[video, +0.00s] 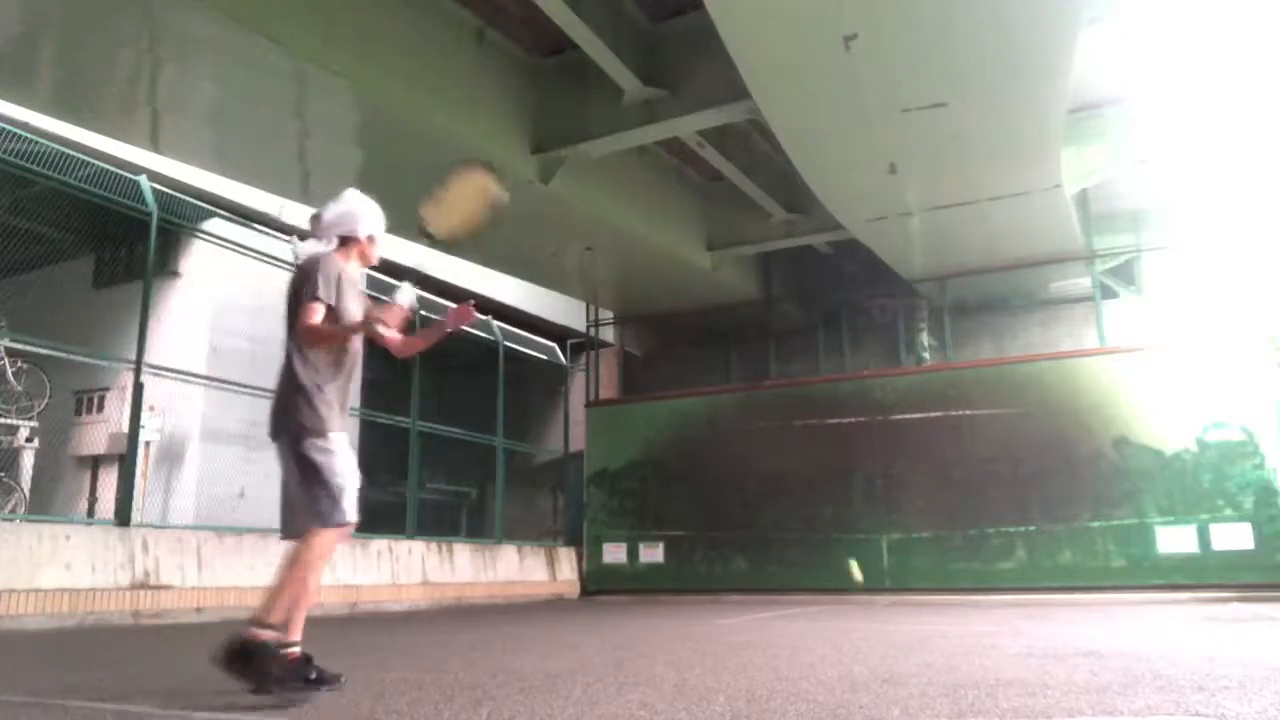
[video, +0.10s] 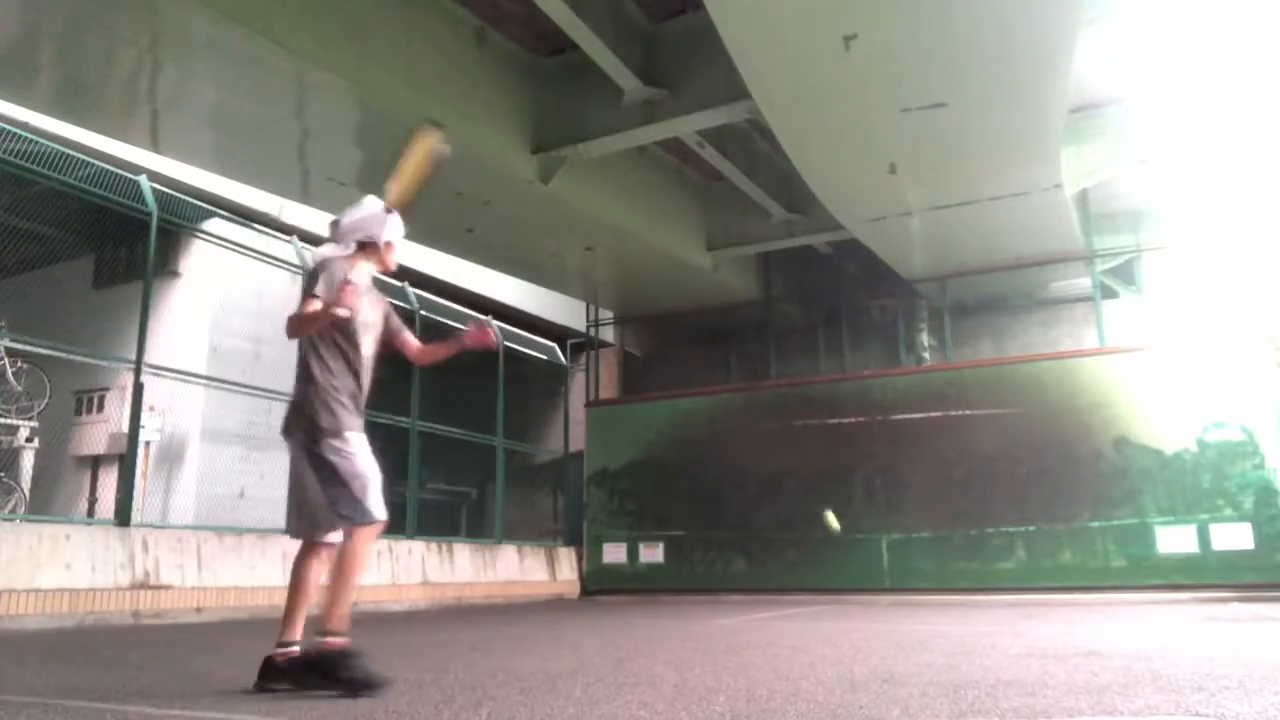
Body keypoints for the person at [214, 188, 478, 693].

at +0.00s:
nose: (379, 249)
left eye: (379, 240)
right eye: (376, 239)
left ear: (350, 238)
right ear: (358, 237)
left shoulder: (353, 287)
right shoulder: (322, 265)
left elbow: (401, 348)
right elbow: (308, 331)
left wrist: (445, 325)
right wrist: (366, 326)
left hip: (329, 422)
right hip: (308, 419)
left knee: (327, 528)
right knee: (333, 521)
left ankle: (283, 646)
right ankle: (266, 638)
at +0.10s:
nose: (399, 250)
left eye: (398, 241)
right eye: (394, 240)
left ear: (371, 244)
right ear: (374, 241)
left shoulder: (376, 299)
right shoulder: (333, 268)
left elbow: (417, 352)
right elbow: (295, 327)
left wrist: (461, 339)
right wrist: (333, 310)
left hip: (332, 421)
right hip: (326, 420)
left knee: (321, 537)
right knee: (368, 518)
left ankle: (286, 649)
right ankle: (332, 638)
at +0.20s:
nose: (417, 260)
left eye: (417, 251)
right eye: (413, 251)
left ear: (389, 252)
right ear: (394, 250)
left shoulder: (397, 311)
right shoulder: (349, 278)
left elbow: (434, 368)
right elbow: (301, 322)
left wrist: (483, 374)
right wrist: (303, 304)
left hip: (352, 426)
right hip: (341, 424)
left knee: (326, 539)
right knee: (385, 524)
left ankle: (286, 652)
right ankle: (395, 649)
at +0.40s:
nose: (457, 279)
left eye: (456, 270)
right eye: (452, 271)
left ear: (431, 271)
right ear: (432, 271)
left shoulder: (424, 321)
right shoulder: (392, 300)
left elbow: (436, 390)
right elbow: (353, 329)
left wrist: (476, 439)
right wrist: (316, 355)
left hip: (368, 435)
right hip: (382, 435)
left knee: (349, 543)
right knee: (425, 534)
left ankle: (291, 647)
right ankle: (422, 652)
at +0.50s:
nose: (469, 290)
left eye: (470, 281)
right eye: (467, 281)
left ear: (434, 278)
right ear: (447, 279)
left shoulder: (405, 313)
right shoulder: (423, 317)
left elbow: (416, 386)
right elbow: (398, 379)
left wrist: (451, 429)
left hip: (357, 435)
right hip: (391, 436)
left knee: (367, 543)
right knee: (426, 536)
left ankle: (311, 643)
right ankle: (421, 652)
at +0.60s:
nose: (470, 294)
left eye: (471, 285)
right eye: (468, 284)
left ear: (429, 278)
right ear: (447, 280)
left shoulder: (386, 311)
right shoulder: (437, 317)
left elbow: (400, 375)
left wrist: (449, 403)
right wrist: (517, 447)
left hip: (352, 433)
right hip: (396, 433)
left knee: (368, 540)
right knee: (422, 537)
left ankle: (339, 646)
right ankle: (420, 652)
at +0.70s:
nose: (465, 293)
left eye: (467, 284)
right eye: (463, 283)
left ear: (424, 277)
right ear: (443, 279)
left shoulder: (382, 312)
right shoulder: (442, 321)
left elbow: (400, 357)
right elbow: (498, 377)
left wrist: (446, 368)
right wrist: (553, 414)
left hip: (354, 436)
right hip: (398, 438)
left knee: (366, 536)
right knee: (422, 540)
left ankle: (344, 642)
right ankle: (421, 652)